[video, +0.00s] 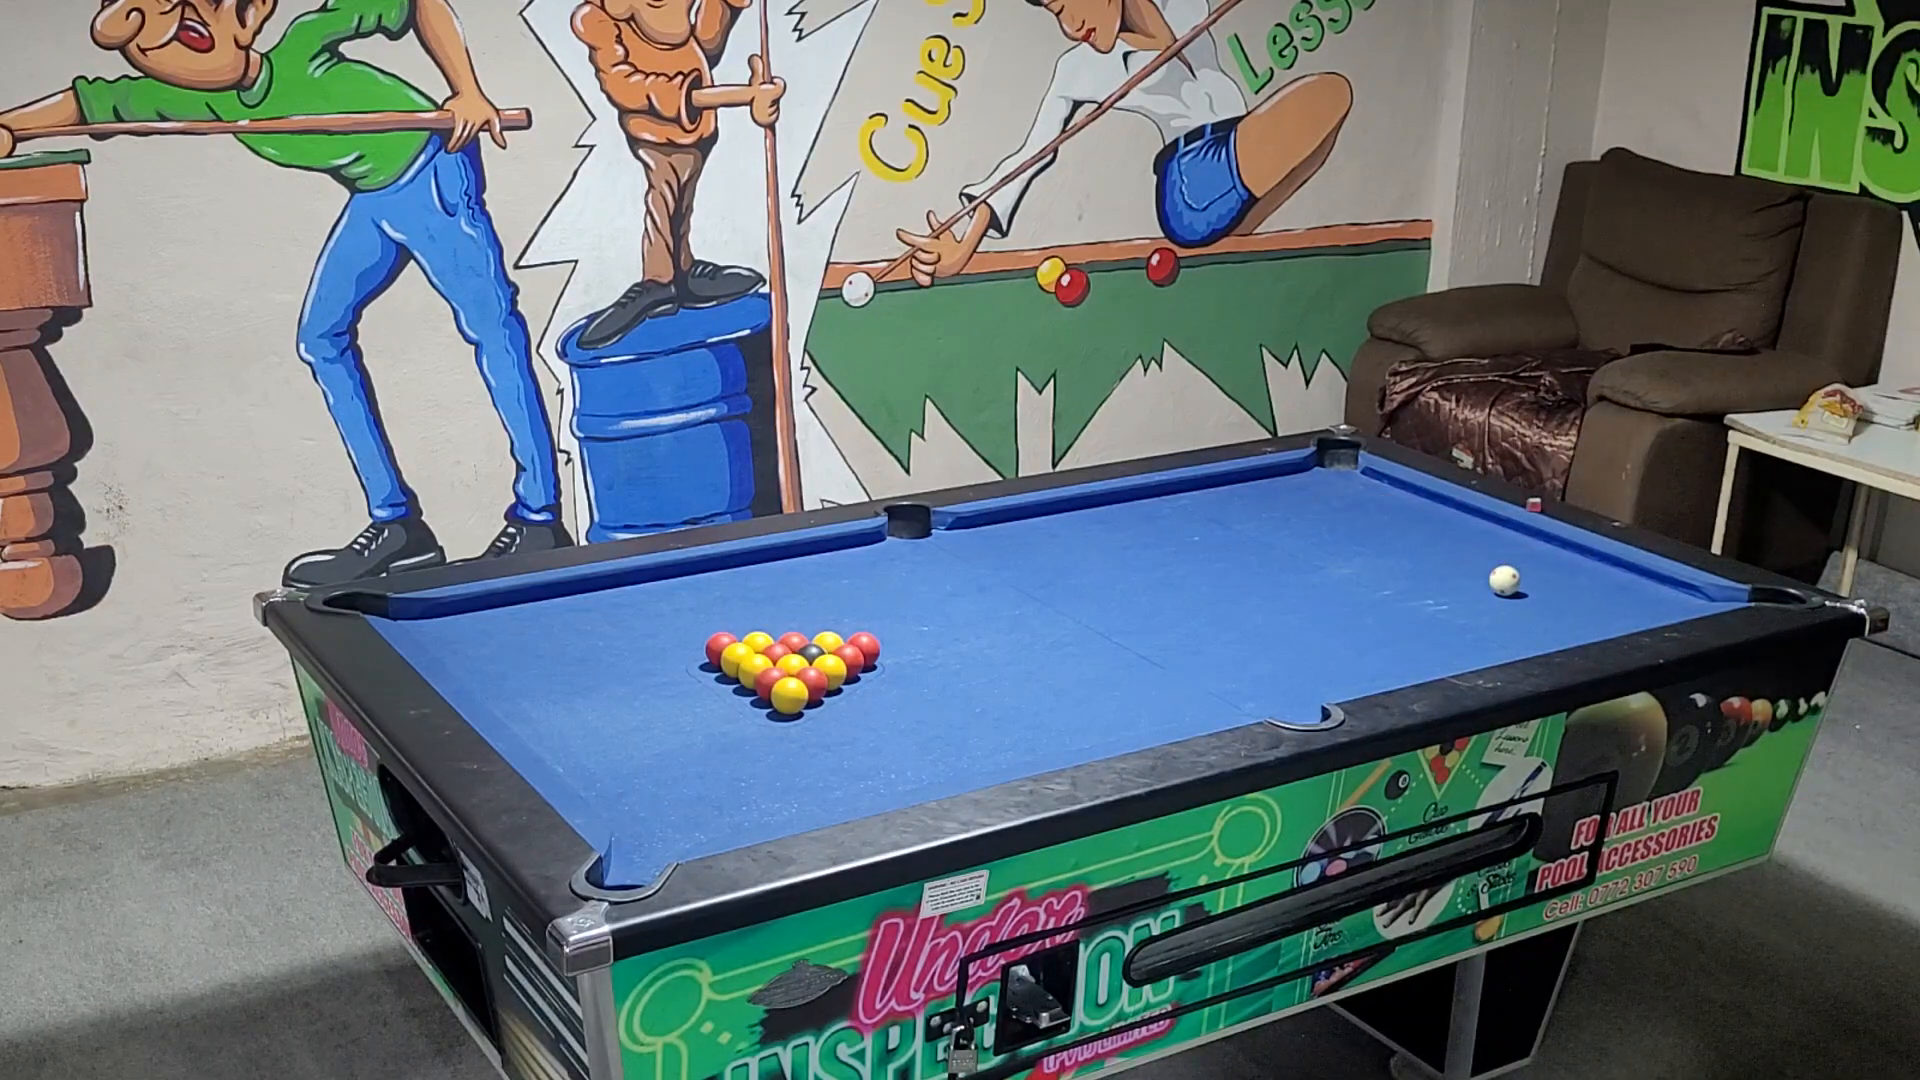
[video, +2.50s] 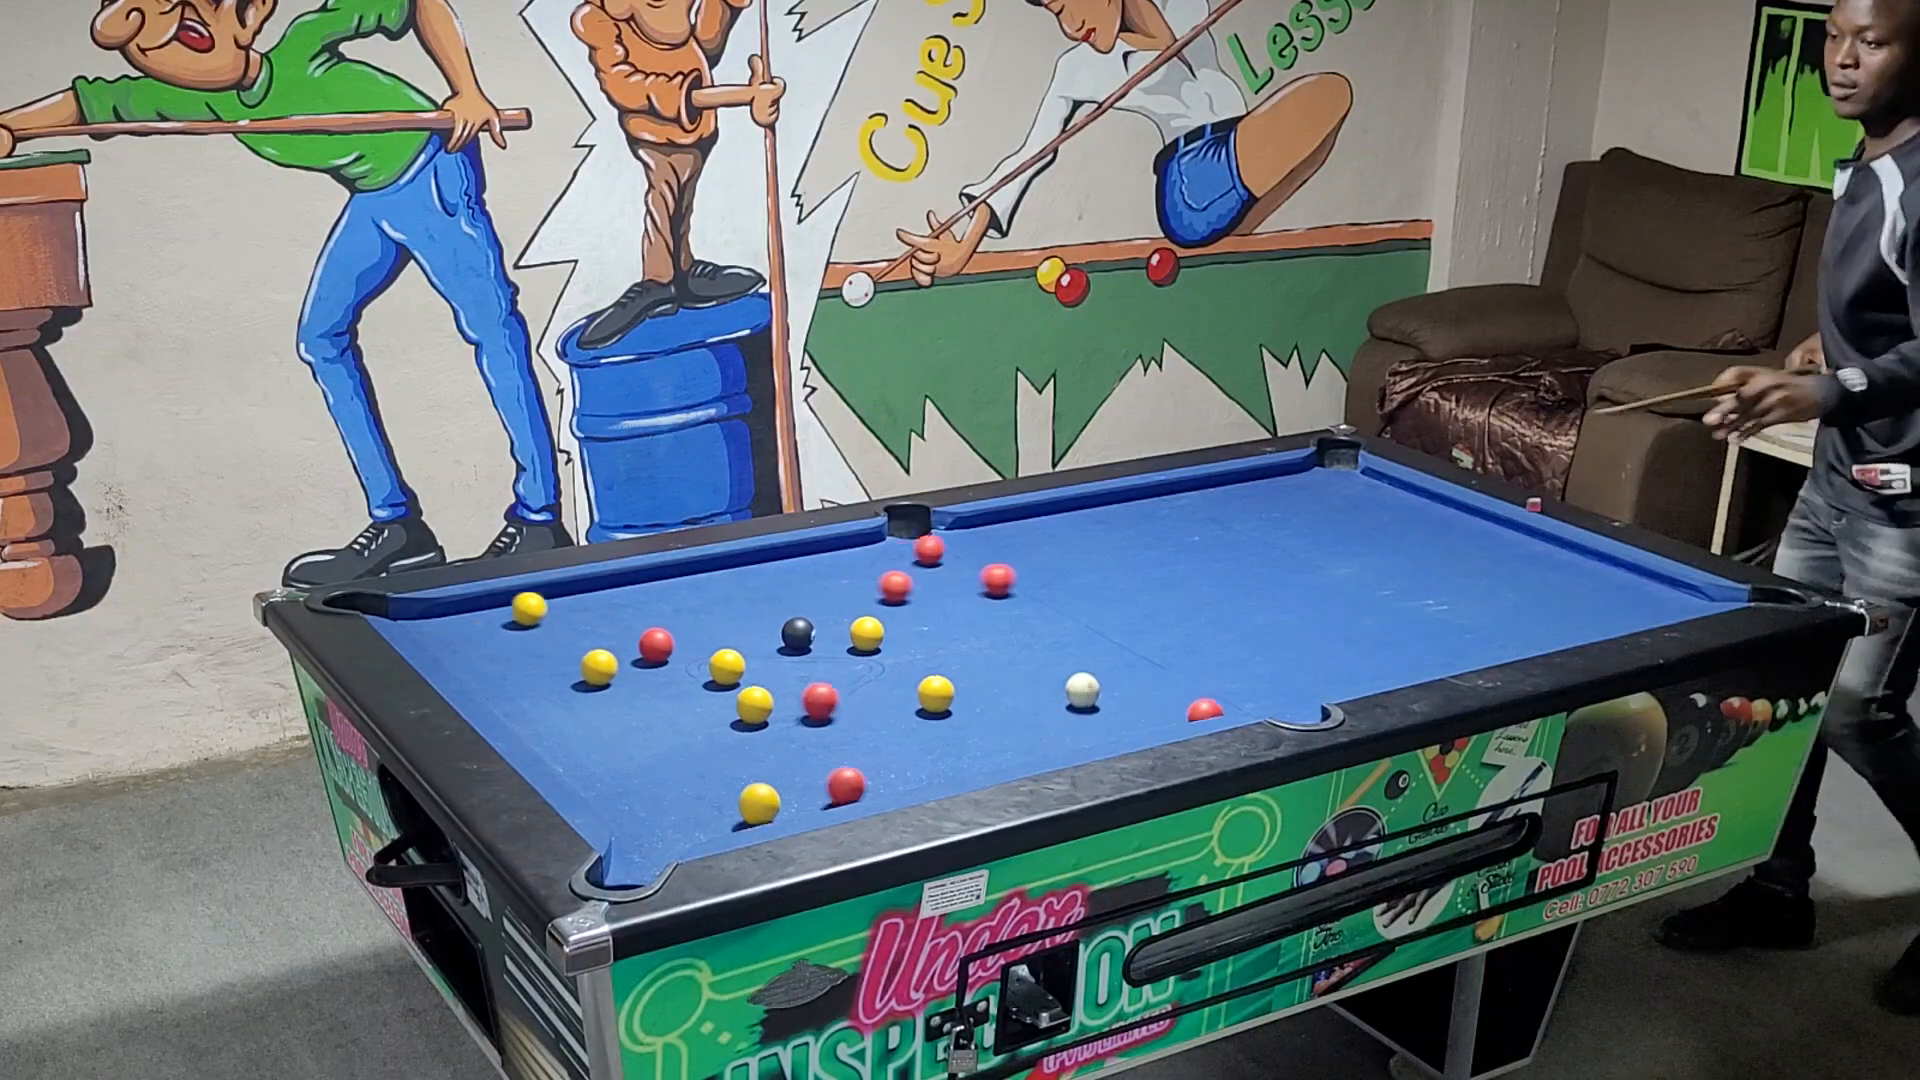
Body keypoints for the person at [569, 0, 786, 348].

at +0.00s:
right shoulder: (597, 19)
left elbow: (707, 47)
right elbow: (625, 87)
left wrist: (730, 6)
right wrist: (746, 95)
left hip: (695, 90)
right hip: (645, 104)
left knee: (688, 175)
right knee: (665, 174)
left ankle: (682, 269)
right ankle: (657, 281)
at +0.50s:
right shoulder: (597, 19)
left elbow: (707, 47)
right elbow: (625, 88)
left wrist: (731, 5)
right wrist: (746, 95)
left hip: (695, 96)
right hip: (645, 104)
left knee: (687, 175)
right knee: (665, 175)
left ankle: (682, 269)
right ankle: (657, 281)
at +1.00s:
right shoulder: (597, 19)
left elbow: (707, 46)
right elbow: (625, 88)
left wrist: (731, 5)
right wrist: (746, 95)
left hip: (694, 88)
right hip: (645, 103)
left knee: (688, 173)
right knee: (666, 173)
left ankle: (682, 268)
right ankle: (657, 280)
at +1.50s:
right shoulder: (597, 19)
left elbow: (707, 46)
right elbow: (625, 88)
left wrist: (731, 5)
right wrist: (746, 95)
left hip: (694, 87)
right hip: (644, 103)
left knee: (688, 174)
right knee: (666, 174)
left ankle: (682, 269)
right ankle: (657, 281)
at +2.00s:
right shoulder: (597, 19)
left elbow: (707, 47)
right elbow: (625, 88)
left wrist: (730, 5)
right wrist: (746, 95)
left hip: (694, 88)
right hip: (645, 103)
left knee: (688, 174)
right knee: (666, 174)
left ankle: (682, 268)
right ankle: (657, 281)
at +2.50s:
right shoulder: (596, 19)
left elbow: (707, 47)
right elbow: (625, 88)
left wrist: (730, 6)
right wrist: (746, 95)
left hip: (694, 87)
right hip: (644, 103)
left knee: (688, 174)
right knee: (665, 174)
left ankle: (682, 268)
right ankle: (656, 281)